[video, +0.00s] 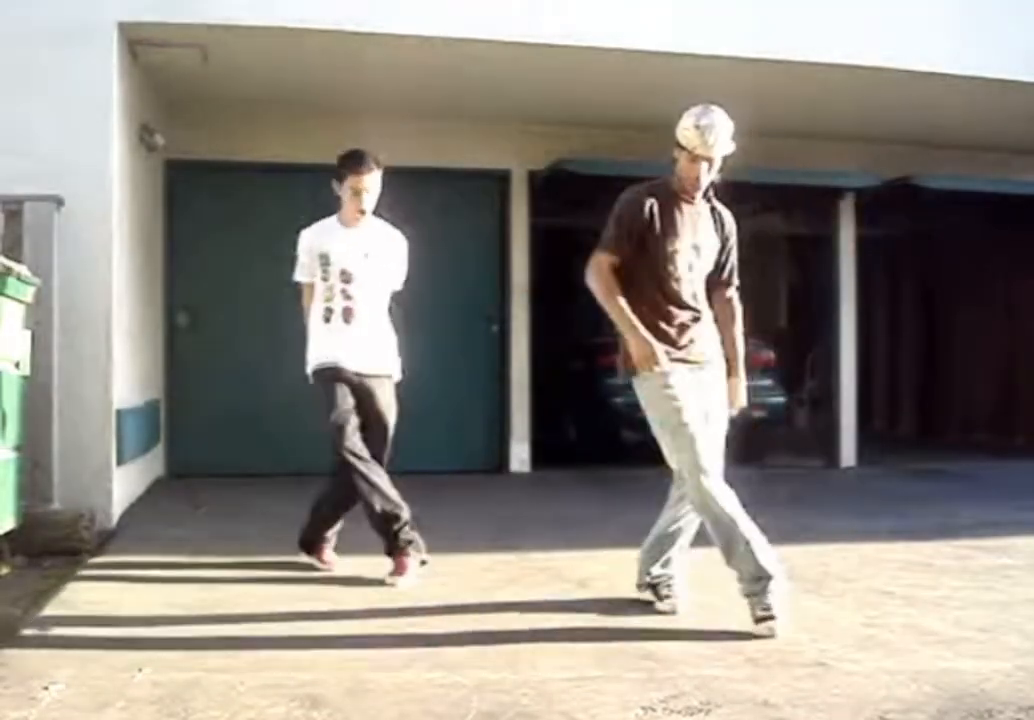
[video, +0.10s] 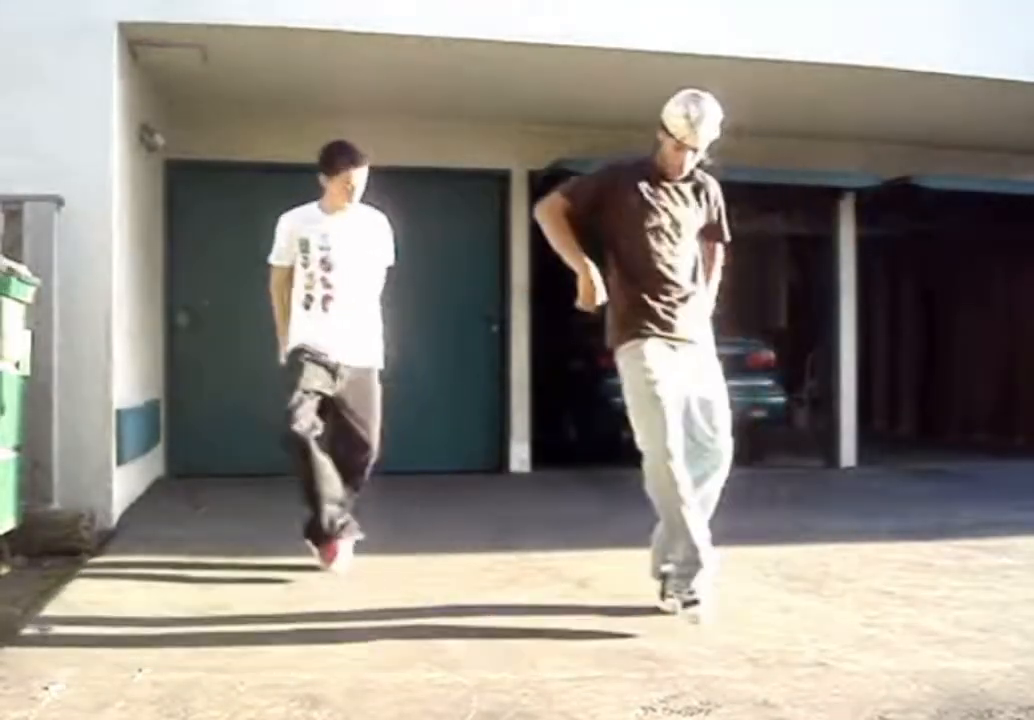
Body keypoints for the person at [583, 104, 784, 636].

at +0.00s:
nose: (697, 171)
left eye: (708, 162)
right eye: (690, 158)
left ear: (722, 162)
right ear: (676, 151)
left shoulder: (721, 220)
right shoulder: (641, 204)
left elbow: (726, 297)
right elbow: (598, 271)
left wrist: (737, 373)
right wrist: (633, 335)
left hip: (708, 358)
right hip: (659, 359)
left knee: (701, 471)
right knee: (701, 473)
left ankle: (658, 570)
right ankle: (763, 582)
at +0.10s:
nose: (685, 159)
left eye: (695, 150)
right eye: (679, 146)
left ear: (707, 147)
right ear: (661, 134)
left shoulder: (707, 189)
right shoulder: (621, 180)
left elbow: (714, 243)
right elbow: (548, 209)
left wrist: (707, 290)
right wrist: (583, 269)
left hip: (694, 333)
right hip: (641, 335)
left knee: (714, 448)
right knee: (664, 454)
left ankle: (669, 557)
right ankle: (691, 573)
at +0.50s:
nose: (674, 155)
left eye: (684, 145)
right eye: (666, 142)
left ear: (698, 141)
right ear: (650, 132)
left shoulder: (699, 180)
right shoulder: (613, 175)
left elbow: (721, 251)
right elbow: (563, 232)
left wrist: (712, 232)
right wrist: (637, 228)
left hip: (689, 339)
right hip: (627, 339)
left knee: (731, 441)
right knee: (624, 444)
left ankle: (698, 550)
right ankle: (602, 569)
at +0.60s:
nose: (682, 156)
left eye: (692, 145)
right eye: (673, 143)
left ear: (705, 141)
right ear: (656, 133)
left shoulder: (707, 185)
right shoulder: (621, 176)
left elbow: (729, 263)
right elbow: (583, 243)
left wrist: (717, 235)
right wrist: (654, 238)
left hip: (693, 342)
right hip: (632, 341)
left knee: (720, 446)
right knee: (631, 452)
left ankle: (679, 551)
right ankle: (644, 574)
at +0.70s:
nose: (696, 170)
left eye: (706, 161)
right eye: (689, 158)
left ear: (720, 157)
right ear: (673, 150)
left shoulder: (730, 205)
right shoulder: (641, 197)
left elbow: (749, 275)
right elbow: (634, 274)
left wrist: (703, 290)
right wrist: (702, 274)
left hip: (703, 361)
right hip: (647, 357)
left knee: (682, 471)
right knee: (660, 473)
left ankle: (633, 561)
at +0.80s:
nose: (717, 168)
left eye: (726, 159)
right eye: (710, 157)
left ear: (742, 154)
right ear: (695, 148)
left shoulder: (756, 195)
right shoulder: (666, 192)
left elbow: (779, 267)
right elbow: (648, 263)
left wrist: (720, 303)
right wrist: (702, 308)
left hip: (736, 360)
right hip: (679, 359)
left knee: (727, 477)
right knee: (698, 471)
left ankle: (650, 544)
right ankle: (737, 583)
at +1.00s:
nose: (759, 170)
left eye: (769, 160)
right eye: (751, 158)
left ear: (784, 153)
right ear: (735, 147)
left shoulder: (797, 199)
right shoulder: (704, 195)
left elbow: (804, 272)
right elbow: (674, 265)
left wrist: (775, 294)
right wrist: (733, 267)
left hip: (784, 355)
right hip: (720, 352)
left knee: (817, 462)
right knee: (682, 460)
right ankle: (650, 583)